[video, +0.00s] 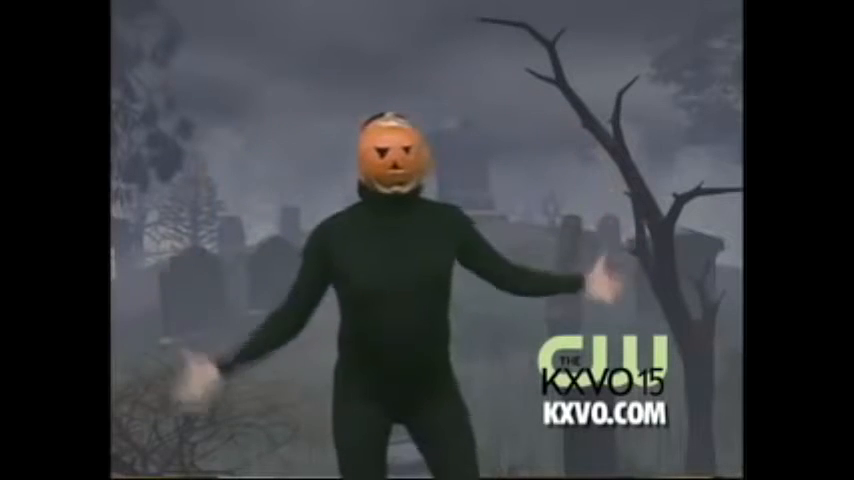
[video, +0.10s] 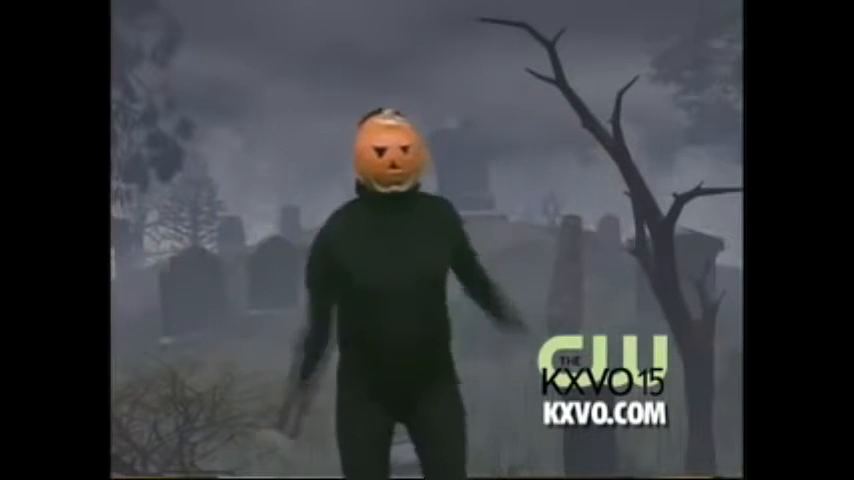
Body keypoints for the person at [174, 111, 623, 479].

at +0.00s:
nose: (394, 158)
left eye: (405, 148)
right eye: (381, 151)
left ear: (422, 161)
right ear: (362, 164)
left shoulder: (446, 223)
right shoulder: (333, 235)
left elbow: (508, 277)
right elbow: (291, 315)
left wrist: (581, 282)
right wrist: (227, 364)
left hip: (432, 387)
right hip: (361, 392)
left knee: (462, 472)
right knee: (360, 475)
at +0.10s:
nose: (394, 160)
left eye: (405, 149)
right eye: (380, 150)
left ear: (421, 157)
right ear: (358, 161)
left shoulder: (439, 215)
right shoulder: (338, 231)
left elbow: (473, 275)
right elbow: (319, 324)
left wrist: (509, 319)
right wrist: (300, 391)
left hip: (432, 384)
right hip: (364, 389)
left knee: (449, 472)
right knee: (364, 473)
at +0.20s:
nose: (395, 148)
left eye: (405, 137)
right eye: (380, 140)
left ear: (419, 147)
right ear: (356, 152)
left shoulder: (435, 210)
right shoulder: (343, 224)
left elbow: (439, 289)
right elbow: (352, 307)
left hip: (432, 363)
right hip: (367, 367)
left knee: (451, 466)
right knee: (369, 466)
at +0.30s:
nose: (397, 136)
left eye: (407, 126)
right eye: (381, 129)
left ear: (420, 138)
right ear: (358, 146)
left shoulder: (432, 200)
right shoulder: (346, 218)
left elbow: (423, 270)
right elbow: (356, 309)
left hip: (427, 344)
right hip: (365, 355)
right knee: (377, 467)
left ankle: (456, 473)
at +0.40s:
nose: (398, 120)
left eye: (406, 110)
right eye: (383, 113)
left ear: (424, 125)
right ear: (360, 135)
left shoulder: (432, 181)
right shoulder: (351, 206)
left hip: (423, 325)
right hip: (367, 340)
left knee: (464, 350)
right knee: (378, 469)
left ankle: (443, 470)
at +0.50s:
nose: (395, 94)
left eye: (405, 84)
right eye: (379, 86)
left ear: (419, 97)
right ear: (356, 110)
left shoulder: (432, 160)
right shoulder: (346, 179)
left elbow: (432, 253)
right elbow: (413, 263)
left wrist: (453, 169)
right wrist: (449, 180)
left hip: (428, 320)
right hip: (366, 331)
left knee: (458, 415)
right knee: (376, 454)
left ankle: (446, 474)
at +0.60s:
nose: (380, 95)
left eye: (389, 85)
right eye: (365, 87)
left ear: (405, 94)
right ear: (343, 104)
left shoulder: (429, 153)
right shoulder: (337, 178)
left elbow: (429, 238)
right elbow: (381, 258)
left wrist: (450, 198)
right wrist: (442, 210)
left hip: (426, 336)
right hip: (362, 343)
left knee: (442, 463)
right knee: (372, 466)